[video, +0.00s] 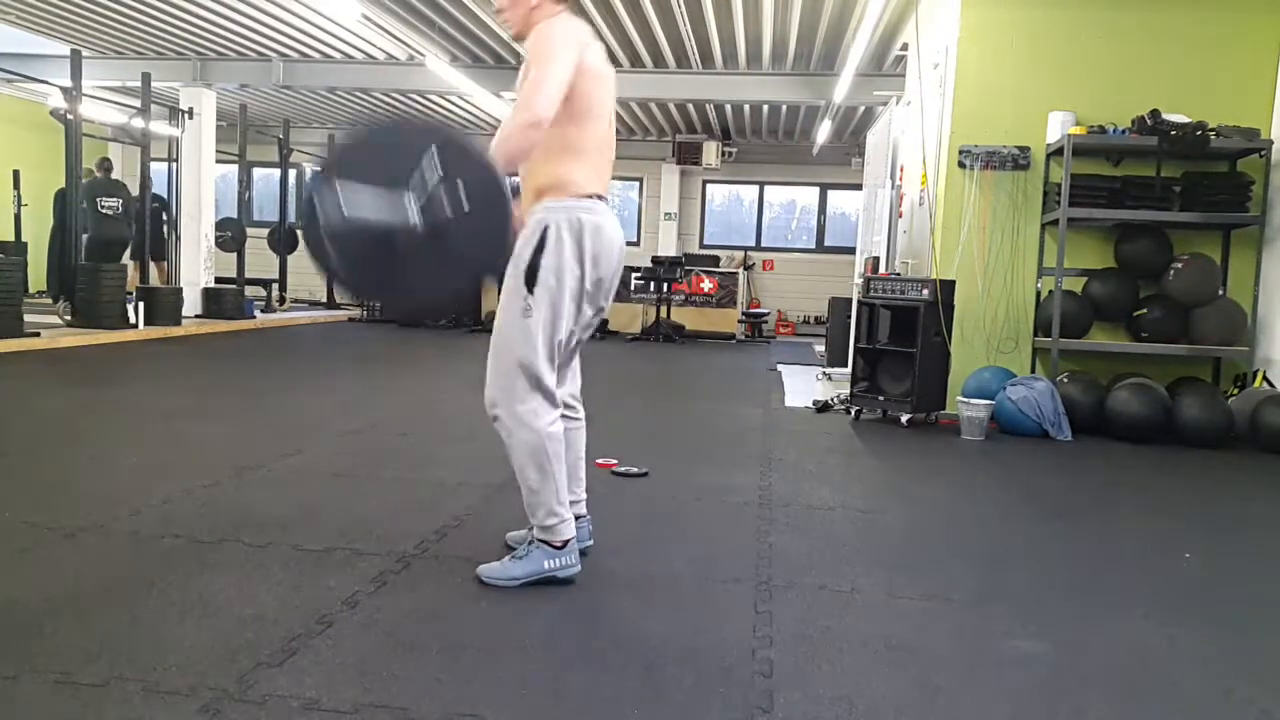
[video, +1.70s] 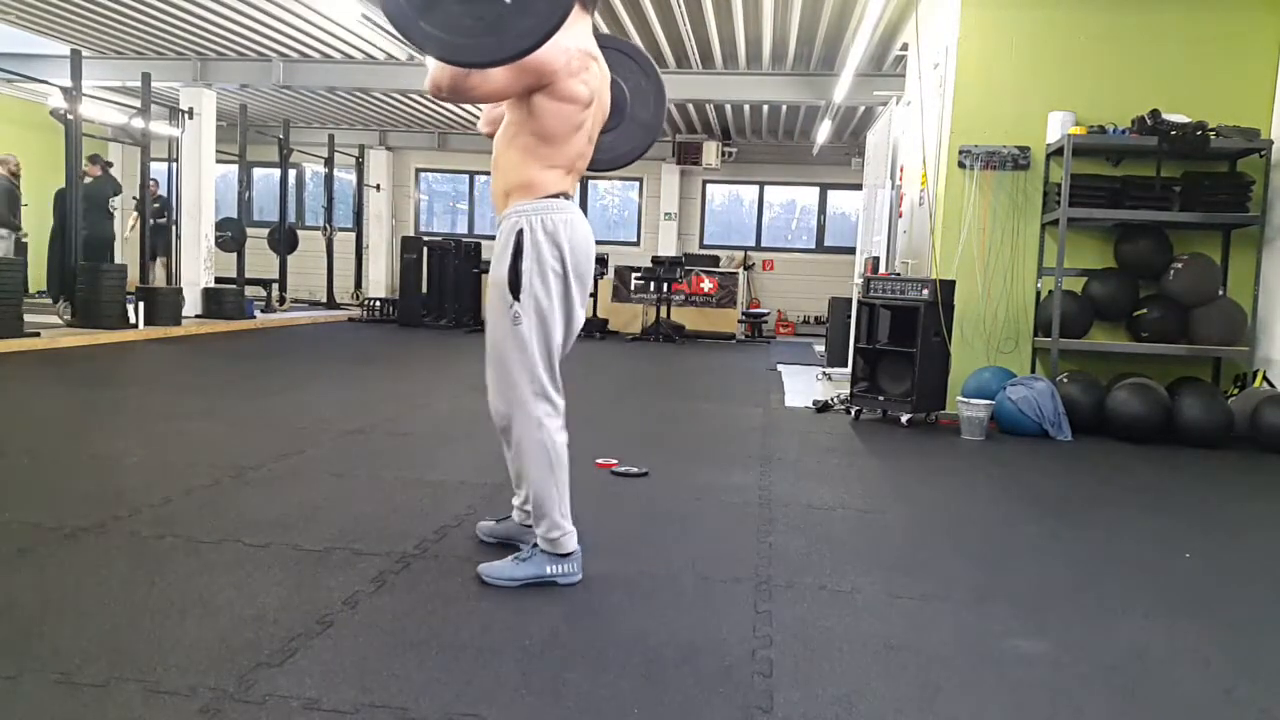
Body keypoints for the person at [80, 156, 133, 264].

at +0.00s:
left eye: (96, 170)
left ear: (96, 170)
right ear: (112, 170)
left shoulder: (89, 185)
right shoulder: (122, 186)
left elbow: (75, 204)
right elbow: (131, 212)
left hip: (98, 233)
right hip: (122, 234)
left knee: (91, 271)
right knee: (111, 270)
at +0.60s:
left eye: (98, 169)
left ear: (98, 169)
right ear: (113, 170)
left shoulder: (91, 185)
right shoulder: (123, 187)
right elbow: (131, 212)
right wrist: (129, 231)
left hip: (100, 234)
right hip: (123, 234)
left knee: (92, 270)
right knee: (112, 269)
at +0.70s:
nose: (98, 171)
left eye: (98, 169)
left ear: (99, 170)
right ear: (113, 170)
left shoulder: (94, 184)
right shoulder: (124, 187)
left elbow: (78, 192)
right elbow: (131, 213)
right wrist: (129, 233)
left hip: (101, 235)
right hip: (123, 235)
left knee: (91, 270)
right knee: (112, 269)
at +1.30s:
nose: (93, 171)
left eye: (95, 168)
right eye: (94, 168)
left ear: (104, 169)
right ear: (108, 168)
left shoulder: (97, 186)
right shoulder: (123, 185)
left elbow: (82, 191)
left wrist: (89, 177)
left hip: (102, 233)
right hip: (120, 233)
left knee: (88, 267)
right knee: (110, 268)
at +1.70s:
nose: (86, 169)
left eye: (88, 165)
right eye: (87, 166)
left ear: (97, 166)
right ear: (99, 166)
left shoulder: (92, 187)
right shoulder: (110, 181)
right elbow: (117, 190)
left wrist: (79, 181)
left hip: (94, 231)